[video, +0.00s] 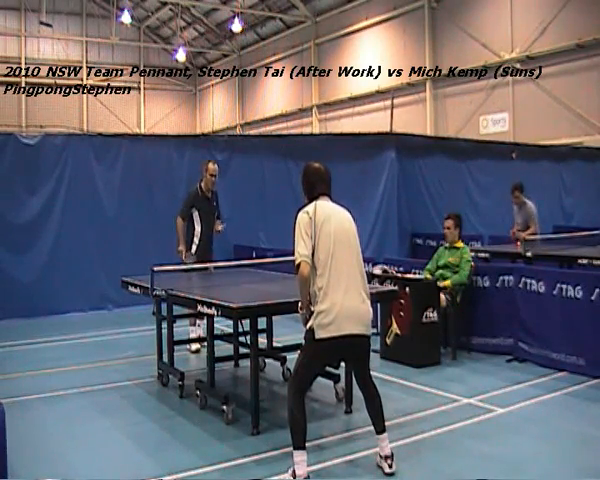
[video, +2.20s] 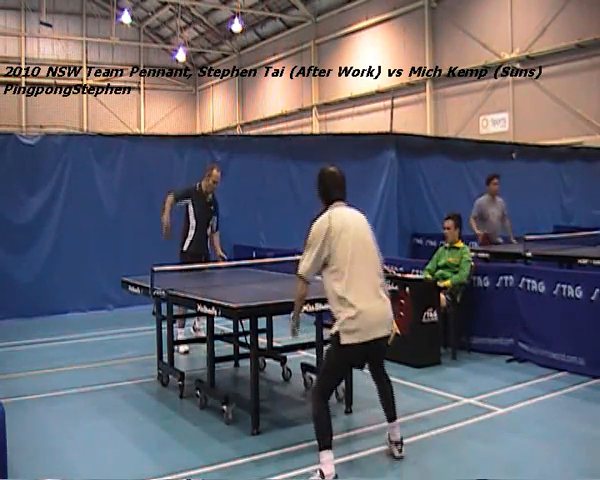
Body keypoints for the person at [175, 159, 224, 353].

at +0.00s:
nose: (214, 179)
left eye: (216, 176)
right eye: (211, 175)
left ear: (217, 176)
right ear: (203, 174)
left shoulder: (214, 195)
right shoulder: (193, 196)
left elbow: (217, 217)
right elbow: (181, 219)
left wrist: (218, 225)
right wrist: (182, 244)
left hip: (207, 252)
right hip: (193, 253)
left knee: (206, 292)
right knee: (193, 293)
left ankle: (200, 328)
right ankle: (193, 330)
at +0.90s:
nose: (216, 188)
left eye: (218, 185)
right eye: (213, 185)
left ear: (221, 184)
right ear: (206, 184)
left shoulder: (220, 201)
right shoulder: (197, 200)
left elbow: (224, 226)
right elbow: (184, 222)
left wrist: (225, 244)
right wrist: (201, 230)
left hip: (208, 252)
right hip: (195, 253)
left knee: (208, 294)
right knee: (199, 295)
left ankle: (201, 332)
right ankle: (199, 332)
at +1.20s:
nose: (215, 187)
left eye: (217, 183)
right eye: (212, 183)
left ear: (220, 183)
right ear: (206, 182)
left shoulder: (219, 199)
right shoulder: (198, 198)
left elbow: (225, 218)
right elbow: (197, 222)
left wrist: (227, 225)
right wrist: (218, 211)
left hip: (209, 251)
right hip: (195, 252)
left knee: (209, 292)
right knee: (199, 295)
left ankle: (198, 324)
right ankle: (201, 334)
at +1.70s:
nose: (220, 191)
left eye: (222, 188)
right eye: (219, 187)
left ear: (219, 188)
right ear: (209, 185)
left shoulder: (208, 200)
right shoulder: (203, 201)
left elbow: (211, 224)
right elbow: (216, 224)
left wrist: (224, 233)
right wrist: (226, 214)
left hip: (202, 252)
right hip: (196, 253)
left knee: (207, 289)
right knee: (203, 294)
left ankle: (199, 322)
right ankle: (202, 334)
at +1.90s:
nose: (222, 190)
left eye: (224, 187)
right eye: (220, 185)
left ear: (223, 187)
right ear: (211, 183)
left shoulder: (217, 202)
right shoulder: (201, 197)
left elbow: (214, 228)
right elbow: (185, 181)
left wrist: (218, 247)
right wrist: (190, 187)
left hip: (204, 249)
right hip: (190, 248)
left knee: (204, 286)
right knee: (193, 288)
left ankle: (199, 325)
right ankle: (192, 328)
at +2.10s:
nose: (217, 183)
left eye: (219, 181)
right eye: (215, 179)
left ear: (221, 182)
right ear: (207, 176)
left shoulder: (216, 198)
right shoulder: (196, 188)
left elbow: (214, 226)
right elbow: (174, 185)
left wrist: (216, 248)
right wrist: (168, 195)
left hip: (204, 248)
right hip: (189, 247)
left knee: (203, 287)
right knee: (185, 288)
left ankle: (198, 324)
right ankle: (180, 329)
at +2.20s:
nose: (214, 186)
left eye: (217, 183)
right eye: (213, 181)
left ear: (218, 183)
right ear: (206, 178)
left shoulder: (213, 201)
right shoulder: (192, 192)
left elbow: (214, 230)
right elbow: (171, 197)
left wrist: (218, 250)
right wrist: (166, 220)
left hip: (204, 253)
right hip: (188, 252)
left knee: (204, 291)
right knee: (183, 293)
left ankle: (198, 325)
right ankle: (179, 332)